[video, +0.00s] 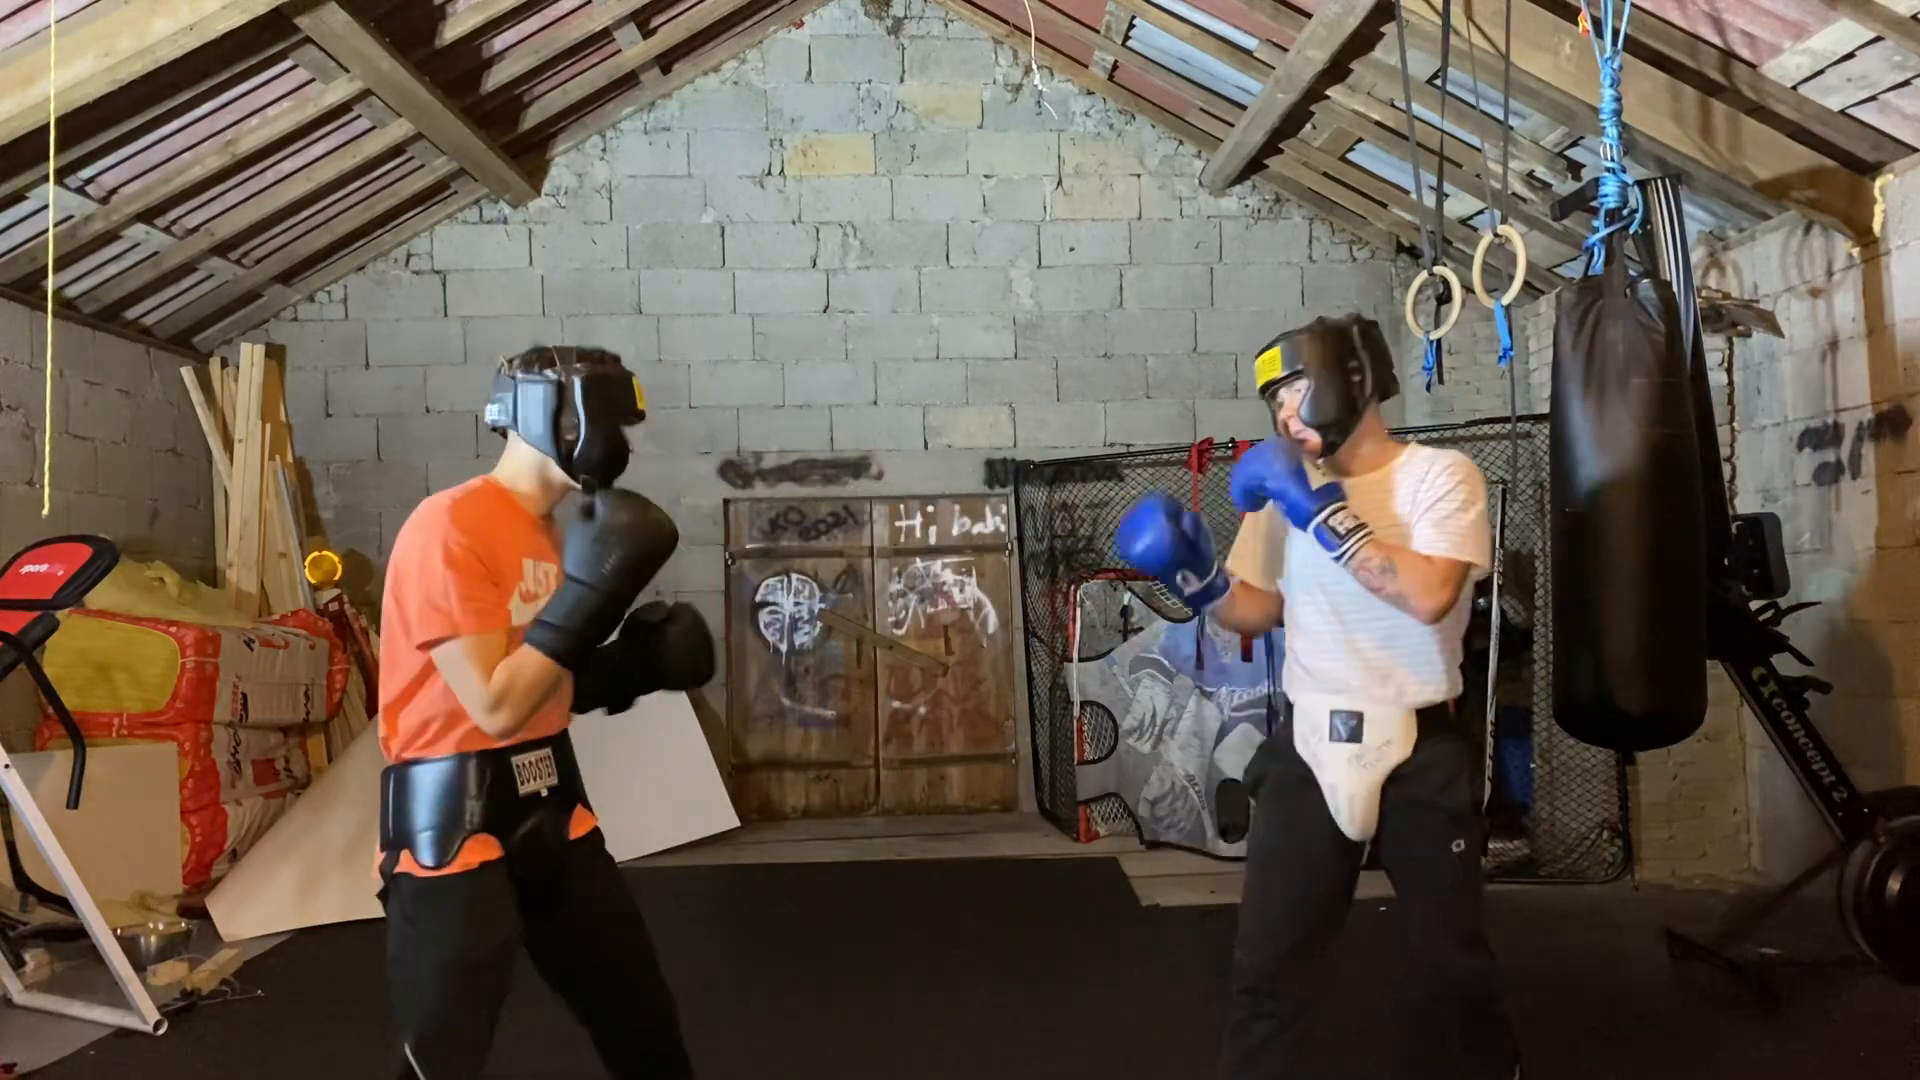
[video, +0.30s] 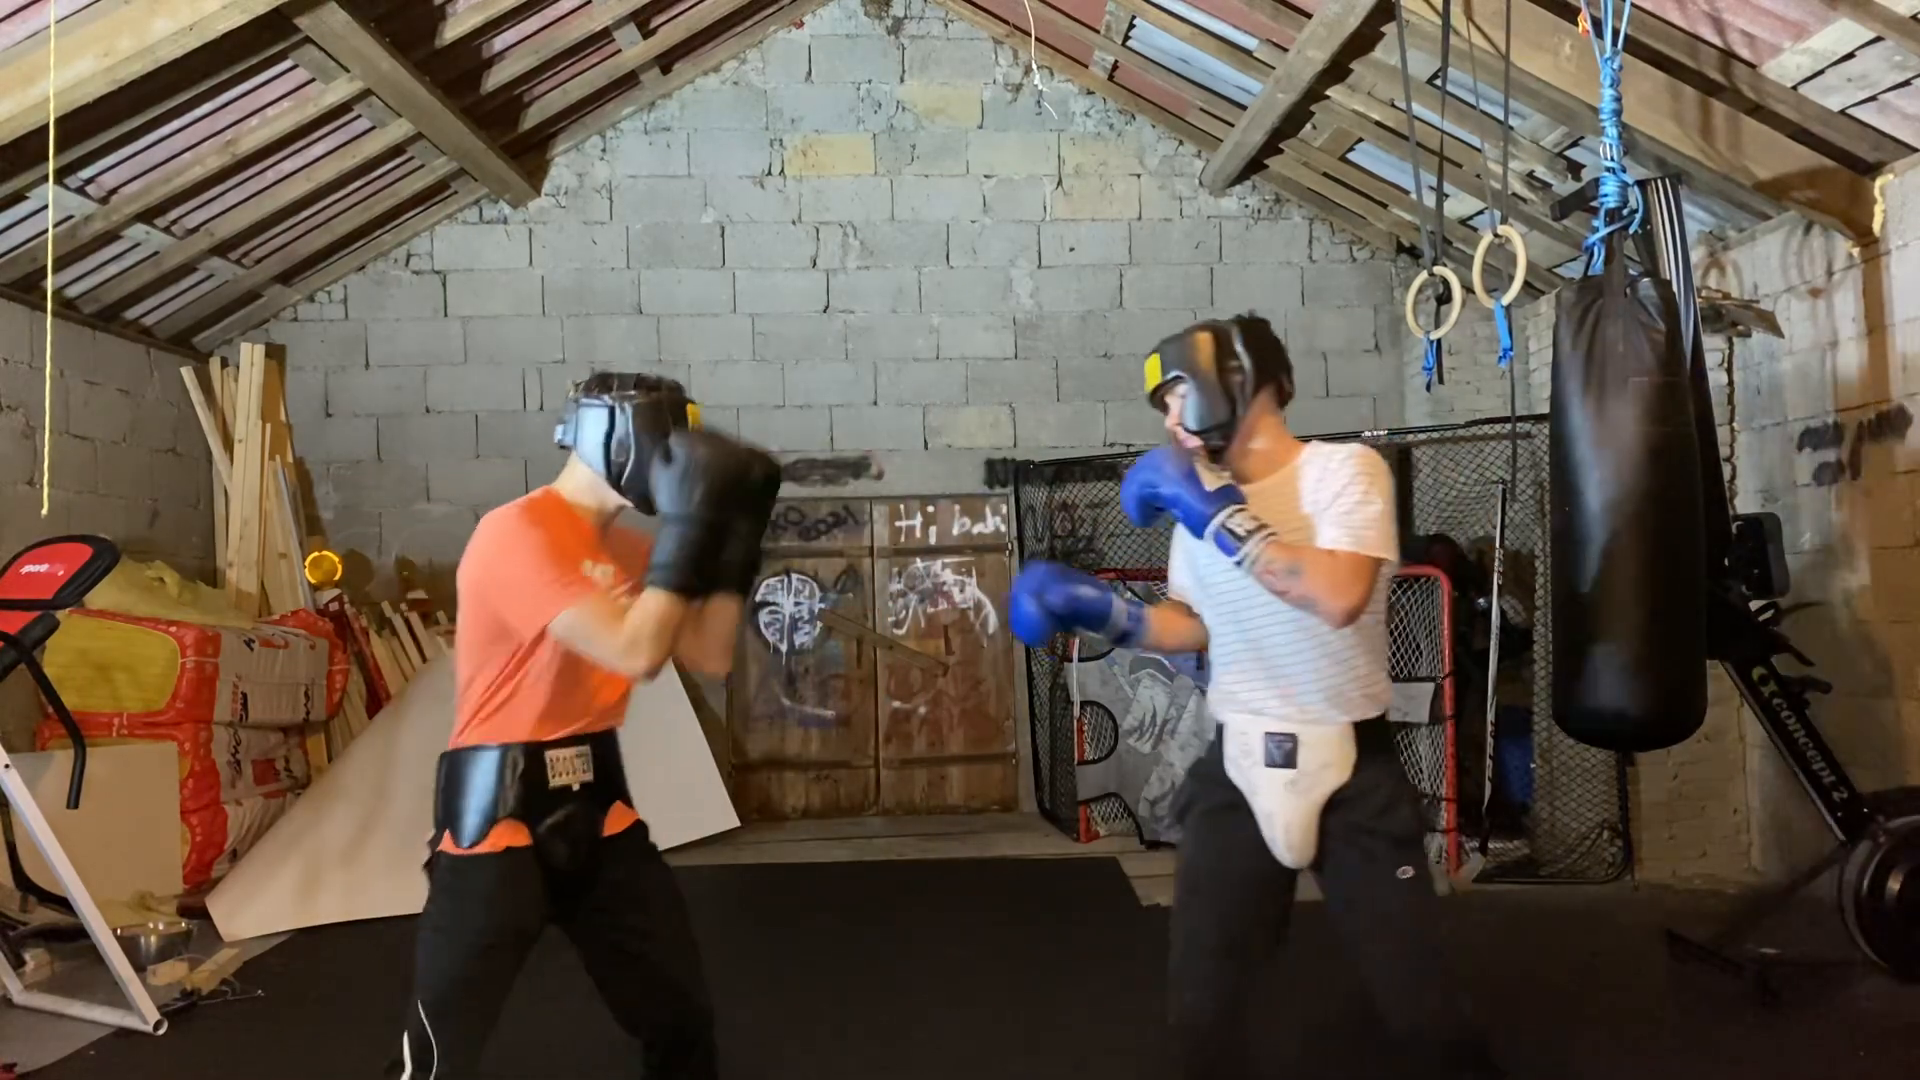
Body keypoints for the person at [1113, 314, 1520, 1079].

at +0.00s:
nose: (1280, 414)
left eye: (1291, 389)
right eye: (1274, 397)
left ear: (1348, 386)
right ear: (1285, 411)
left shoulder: (1442, 476)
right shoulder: (1282, 490)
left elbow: (1429, 594)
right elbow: (1255, 610)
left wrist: (1310, 501)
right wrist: (1192, 576)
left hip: (1423, 754)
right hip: (1306, 755)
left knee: (1452, 964)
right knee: (1265, 973)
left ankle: (1489, 1076)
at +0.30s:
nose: (1167, 421)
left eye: (1178, 396)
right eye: (1163, 402)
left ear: (1245, 391)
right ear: (1232, 397)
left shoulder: (1349, 472)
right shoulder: (1200, 507)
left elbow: (1340, 593)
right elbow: (1196, 624)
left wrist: (1209, 509)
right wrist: (1110, 612)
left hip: (1354, 777)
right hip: (1233, 780)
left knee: (1419, 1009)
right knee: (1201, 1012)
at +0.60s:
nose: (1123, 395)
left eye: (1133, 372)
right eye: (1122, 374)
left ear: (1188, 368)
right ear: (1201, 370)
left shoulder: (1307, 465)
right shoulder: (1157, 482)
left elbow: (1280, 612)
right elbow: (1107, 573)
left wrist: (1166, 528)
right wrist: (1007, 537)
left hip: (1295, 772)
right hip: (1187, 773)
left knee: (1308, 1032)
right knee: (1184, 1025)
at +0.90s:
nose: (1086, 396)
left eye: (1093, 371)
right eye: (1084, 374)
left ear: (1134, 370)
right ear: (1179, 366)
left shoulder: (1263, 486)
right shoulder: (1146, 494)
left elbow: (1194, 638)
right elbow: (1147, 603)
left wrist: (1097, 542)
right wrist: (1054, 552)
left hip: (1248, 821)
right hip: (1152, 812)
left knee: (1260, 1062)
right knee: (1056, 1028)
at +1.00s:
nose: (1048, 371)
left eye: (1055, 347)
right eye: (1047, 350)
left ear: (1089, 348)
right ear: (1146, 347)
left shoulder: (1204, 463)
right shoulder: (1124, 485)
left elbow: (1127, 618)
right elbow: (1102, 602)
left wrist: (1040, 513)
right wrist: (1026, 504)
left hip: (1213, 801)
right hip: (1127, 799)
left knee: (1252, 1054)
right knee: (1077, 1040)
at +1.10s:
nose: (1010, 399)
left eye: (1015, 376)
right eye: (1011, 378)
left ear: (1050, 376)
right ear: (1103, 375)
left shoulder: (1153, 489)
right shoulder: (1091, 499)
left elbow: (1056, 638)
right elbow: (1062, 567)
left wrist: (988, 533)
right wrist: (1003, 495)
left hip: (1178, 837)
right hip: (1099, 832)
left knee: (1203, 1061)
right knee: (1028, 1034)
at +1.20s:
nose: (984, 433)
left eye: (990, 411)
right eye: (984, 413)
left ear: (1020, 407)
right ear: (1081, 408)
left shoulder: (1114, 523)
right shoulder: (1077, 528)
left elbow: (1004, 667)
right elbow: (1040, 571)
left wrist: (943, 556)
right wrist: (964, 497)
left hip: (1136, 863)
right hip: (1061, 856)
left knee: (1127, 1064)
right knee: (955, 1051)